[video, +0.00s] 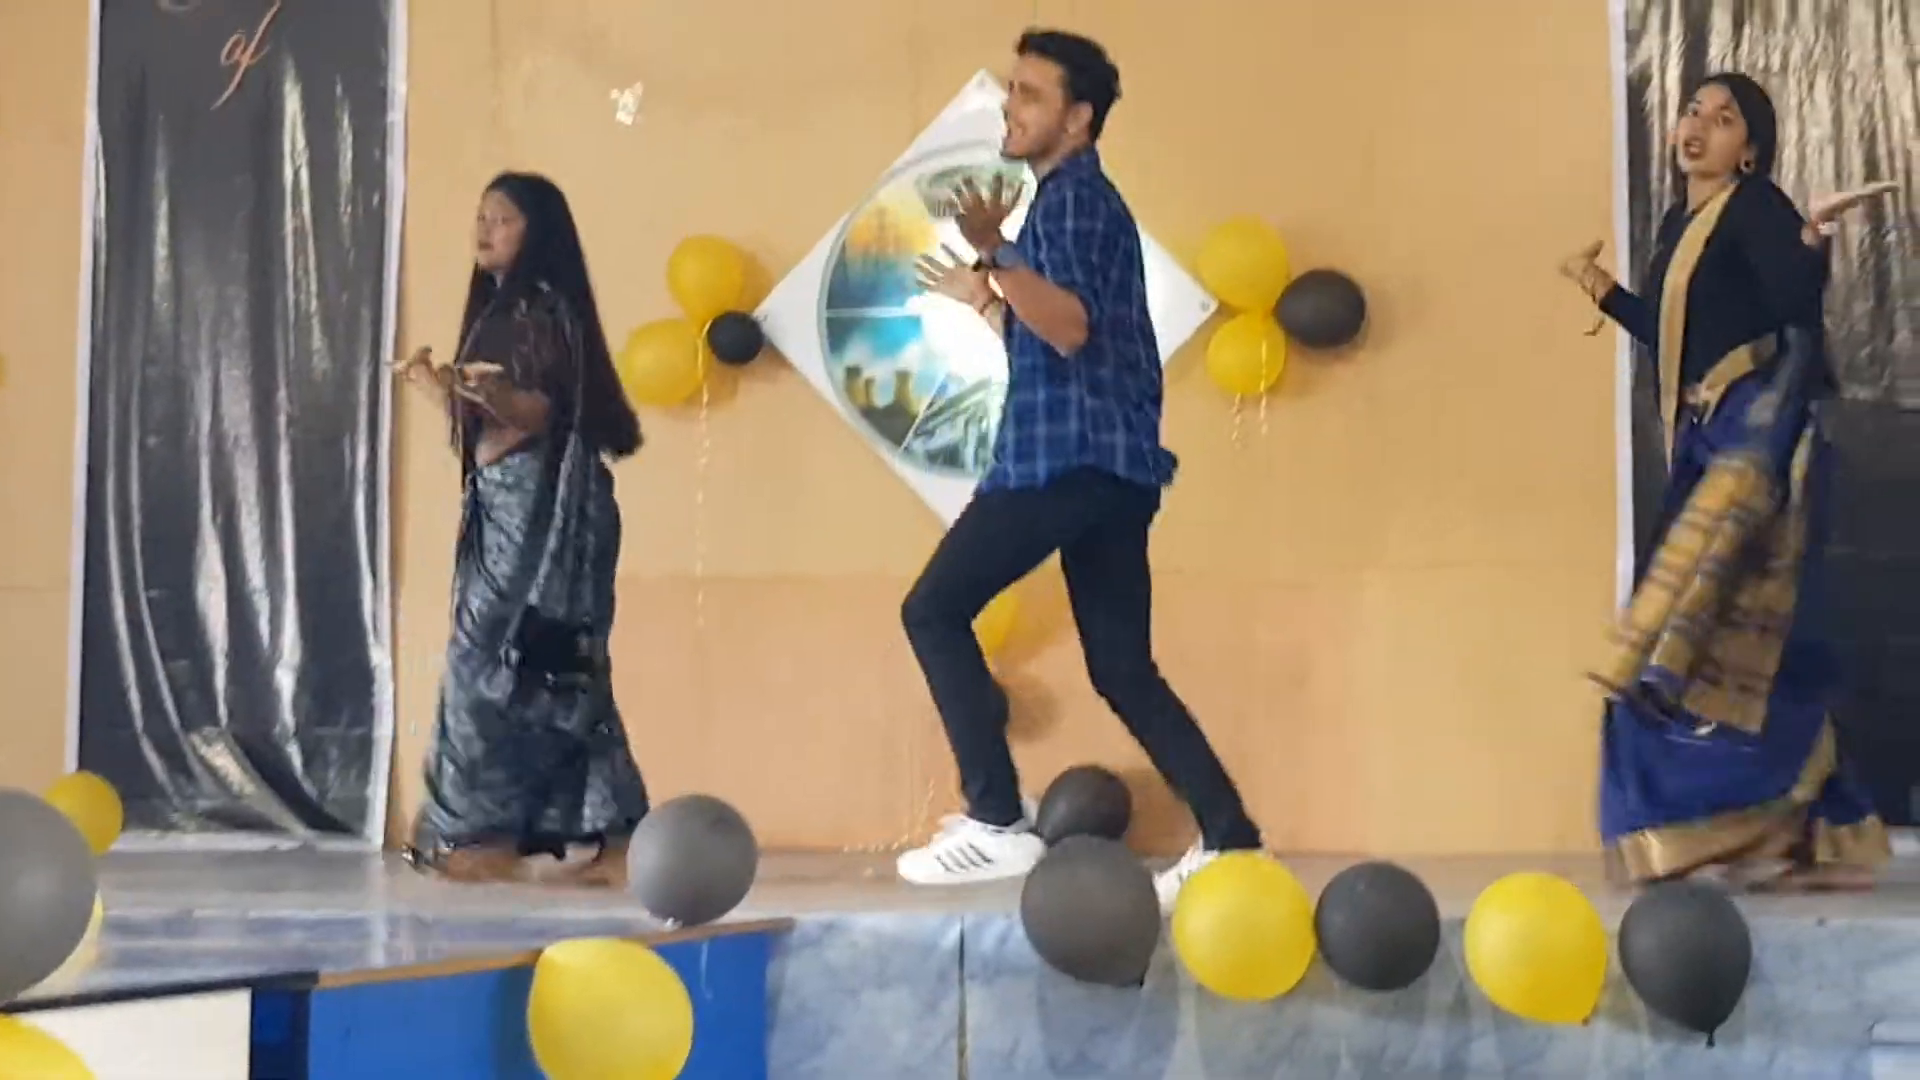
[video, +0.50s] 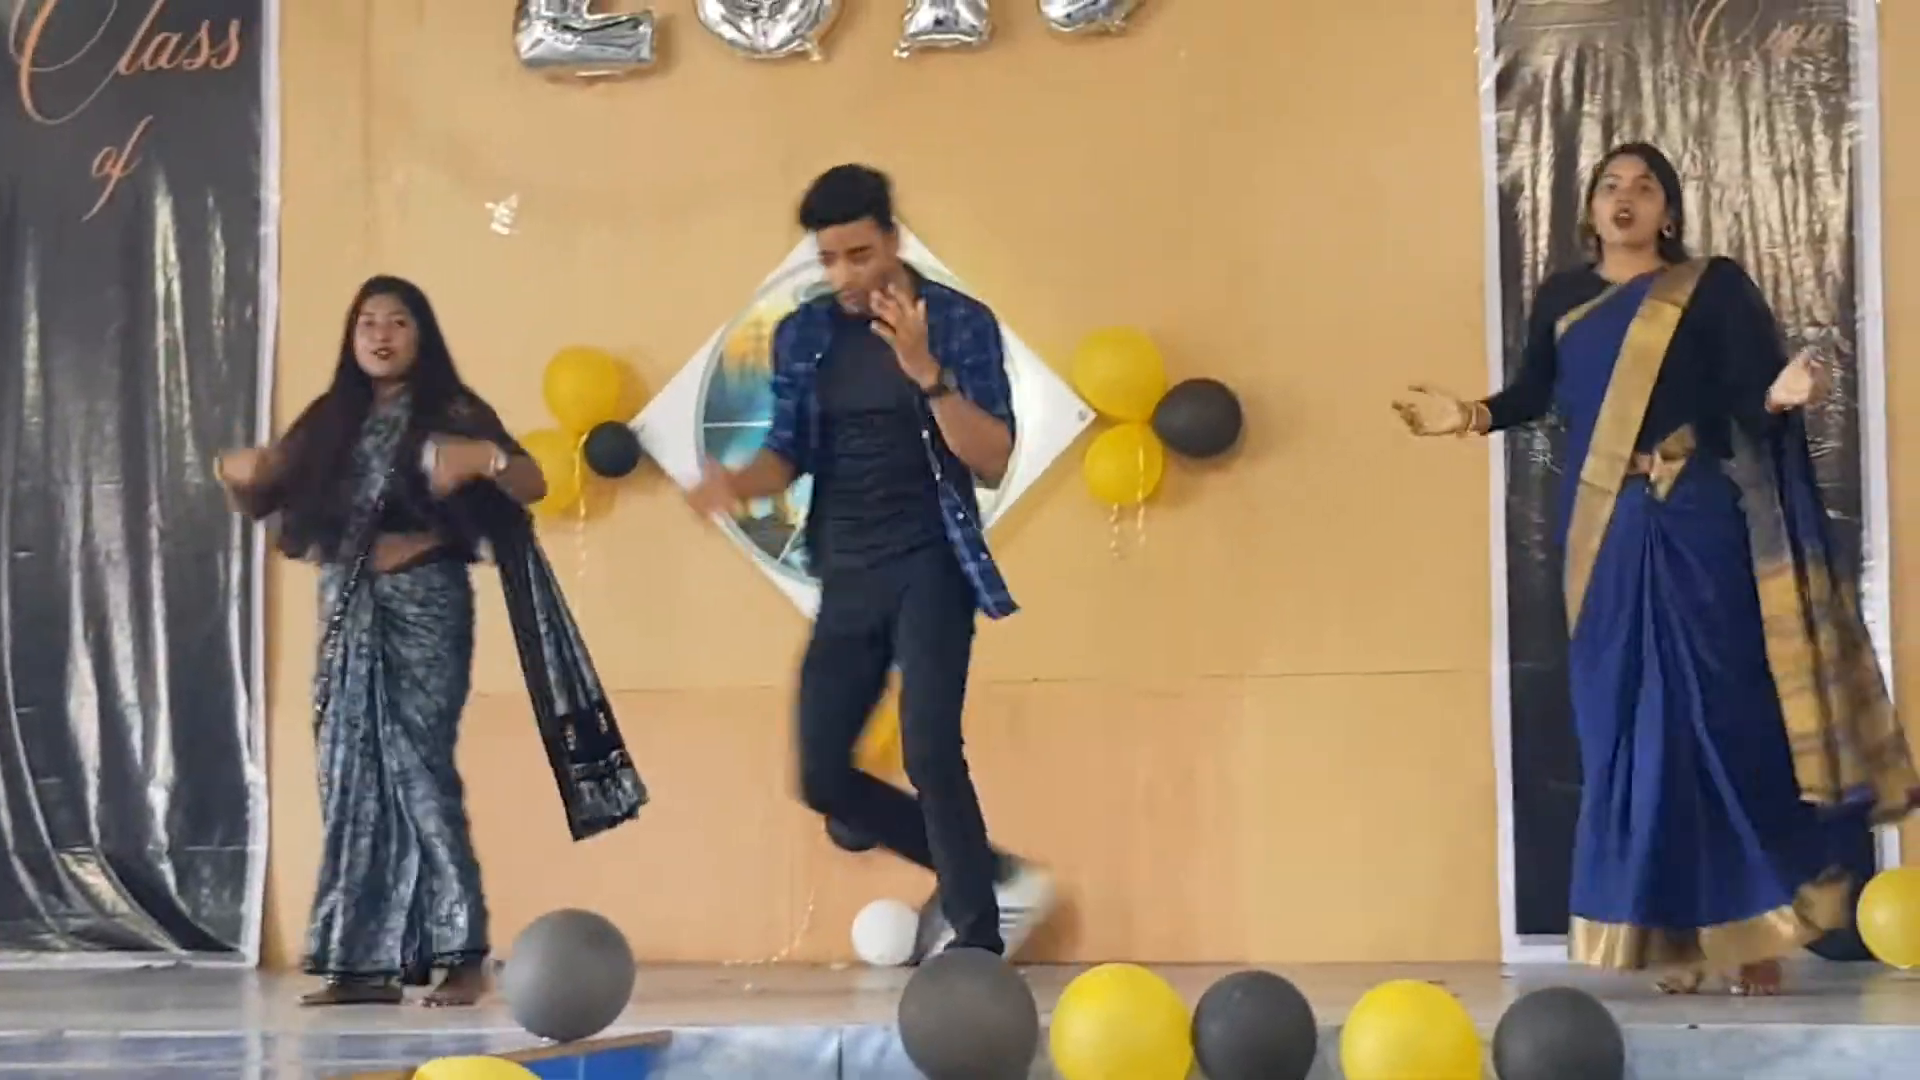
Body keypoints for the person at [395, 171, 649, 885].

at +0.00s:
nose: (483, 231)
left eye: (498, 221)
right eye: (481, 219)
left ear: (536, 232)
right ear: (484, 228)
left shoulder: (553, 310)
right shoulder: (494, 309)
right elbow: (495, 413)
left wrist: (493, 397)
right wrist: (452, 387)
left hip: (550, 504)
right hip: (506, 500)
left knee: (484, 656)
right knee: (562, 661)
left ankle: (487, 833)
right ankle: (605, 829)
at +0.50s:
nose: (380, 335)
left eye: (396, 324)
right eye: (368, 324)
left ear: (423, 336)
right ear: (351, 336)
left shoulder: (456, 413)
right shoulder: (331, 419)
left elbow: (532, 485)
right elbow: (272, 504)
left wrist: (485, 459)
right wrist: (246, 482)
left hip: (428, 606)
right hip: (349, 609)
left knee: (419, 768)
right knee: (350, 774)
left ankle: (460, 951)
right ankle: (367, 962)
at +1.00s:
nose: (193, 351)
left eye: (206, 335)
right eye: (179, 339)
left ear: (236, 337)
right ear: (165, 347)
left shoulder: (280, 404)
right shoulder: (159, 418)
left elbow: (368, 478)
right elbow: (134, 505)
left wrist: (421, 439)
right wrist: (203, 450)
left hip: (272, 611)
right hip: (185, 613)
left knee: (287, 767)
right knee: (149, 764)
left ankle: (322, 941)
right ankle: (99, 929)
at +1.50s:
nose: (104, 355)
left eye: (121, 344)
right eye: (93, 342)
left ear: (148, 356)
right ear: (77, 355)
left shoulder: (189, 439)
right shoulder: (56, 441)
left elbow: (217, 545)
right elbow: (31, 546)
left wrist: (237, 508)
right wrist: (69, 486)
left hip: (169, 628)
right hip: (86, 628)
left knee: (148, 775)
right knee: (70, 771)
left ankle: (136, 939)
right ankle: (61, 938)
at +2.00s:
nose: (267, 316)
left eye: (284, 305)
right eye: (256, 305)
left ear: (311, 318)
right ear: (240, 318)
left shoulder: (324, 395)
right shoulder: (225, 398)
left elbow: (274, 473)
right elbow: (139, 456)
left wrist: (170, 456)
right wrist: (76, 423)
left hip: (290, 580)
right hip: (217, 581)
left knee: (309, 736)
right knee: (174, 729)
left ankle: (366, 894)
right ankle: (130, 906)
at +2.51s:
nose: (405, 275)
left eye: (418, 265)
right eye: (390, 265)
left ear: (435, 280)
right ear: (366, 282)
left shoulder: (464, 365)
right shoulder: (338, 367)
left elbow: (508, 457)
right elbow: (303, 458)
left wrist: (452, 493)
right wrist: (277, 522)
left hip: (422, 551)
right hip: (342, 551)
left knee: (422, 703)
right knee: (322, 692)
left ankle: (443, 869)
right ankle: (350, 864)